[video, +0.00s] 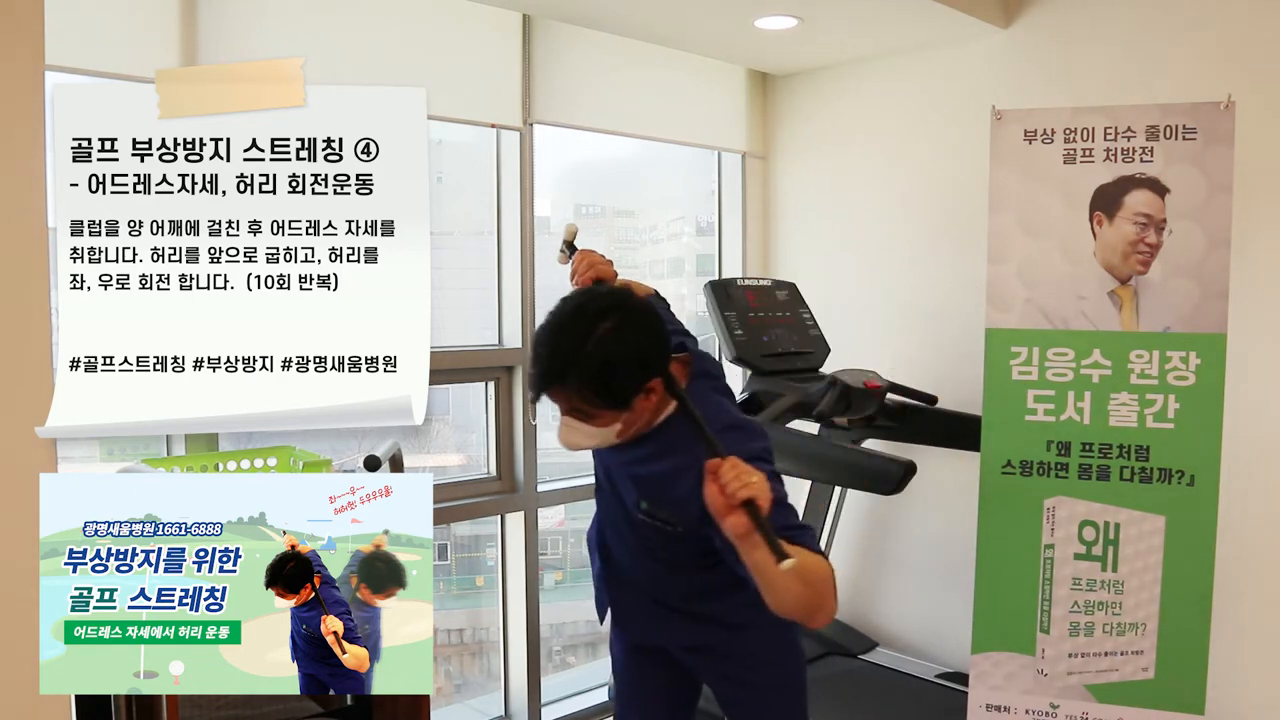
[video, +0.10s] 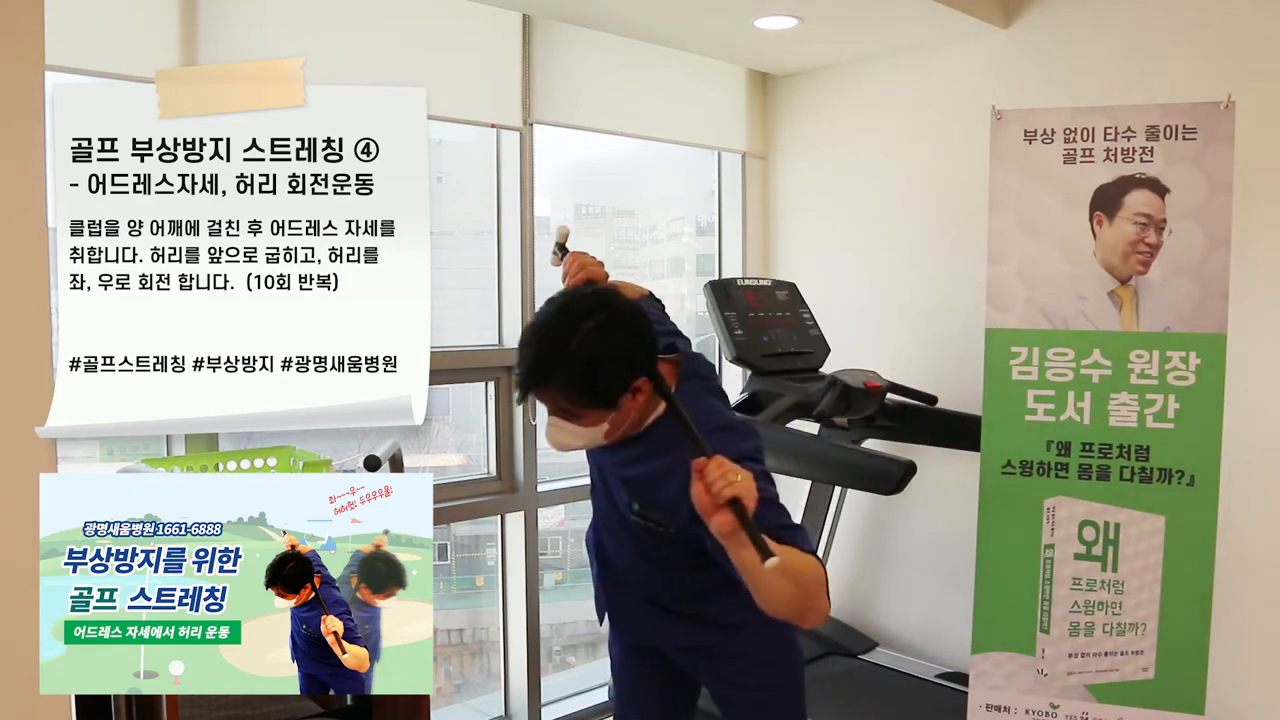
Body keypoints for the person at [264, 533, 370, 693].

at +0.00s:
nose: (278, 599)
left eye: (283, 596)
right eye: (276, 593)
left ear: (306, 590)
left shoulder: (334, 608)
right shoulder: (312, 570)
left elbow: (363, 665)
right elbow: (308, 552)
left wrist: (336, 643)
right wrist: (297, 547)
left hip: (344, 672)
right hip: (310, 667)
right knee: (312, 715)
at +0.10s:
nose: (278, 599)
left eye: (283, 596)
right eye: (276, 593)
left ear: (306, 590)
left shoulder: (334, 608)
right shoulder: (312, 570)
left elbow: (363, 665)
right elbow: (308, 552)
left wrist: (336, 643)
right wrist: (297, 547)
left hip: (344, 672)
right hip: (310, 667)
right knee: (312, 715)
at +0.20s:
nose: (278, 599)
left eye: (283, 596)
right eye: (276, 593)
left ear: (306, 590)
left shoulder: (334, 608)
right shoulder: (312, 570)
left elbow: (363, 665)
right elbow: (308, 552)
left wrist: (336, 643)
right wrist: (297, 547)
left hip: (344, 672)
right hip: (310, 667)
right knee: (312, 715)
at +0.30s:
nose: (278, 599)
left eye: (283, 596)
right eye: (276, 593)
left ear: (306, 590)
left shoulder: (334, 608)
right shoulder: (312, 570)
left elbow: (363, 665)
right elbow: (308, 552)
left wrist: (336, 643)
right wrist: (297, 547)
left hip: (344, 672)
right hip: (310, 667)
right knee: (312, 715)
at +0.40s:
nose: (278, 599)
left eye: (283, 595)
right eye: (276, 594)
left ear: (306, 590)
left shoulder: (334, 608)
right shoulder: (312, 570)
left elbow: (363, 665)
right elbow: (308, 552)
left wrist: (335, 642)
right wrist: (297, 547)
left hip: (344, 672)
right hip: (310, 667)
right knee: (312, 714)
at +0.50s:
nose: (278, 599)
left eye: (283, 595)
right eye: (276, 594)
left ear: (306, 590)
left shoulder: (334, 608)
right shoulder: (312, 570)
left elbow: (363, 665)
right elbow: (308, 552)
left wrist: (335, 642)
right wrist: (297, 547)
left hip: (344, 672)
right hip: (310, 667)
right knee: (312, 714)